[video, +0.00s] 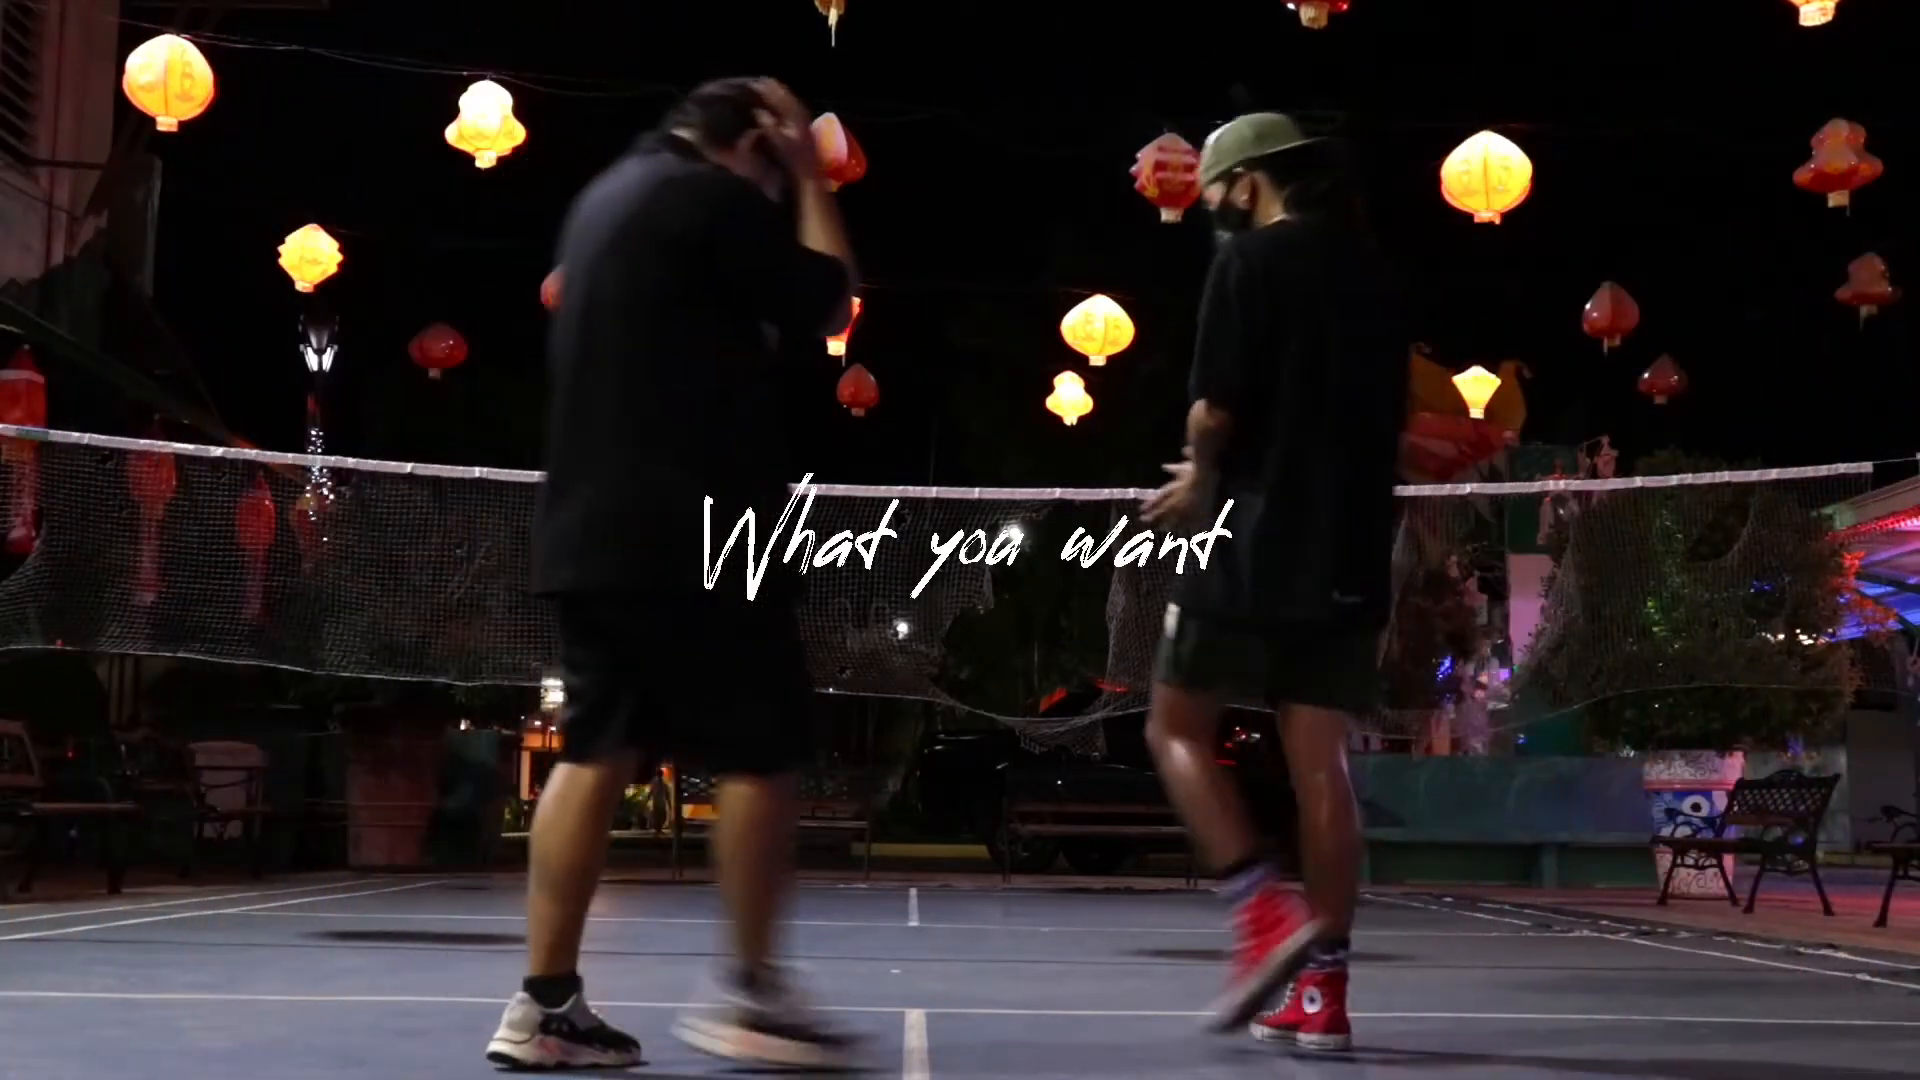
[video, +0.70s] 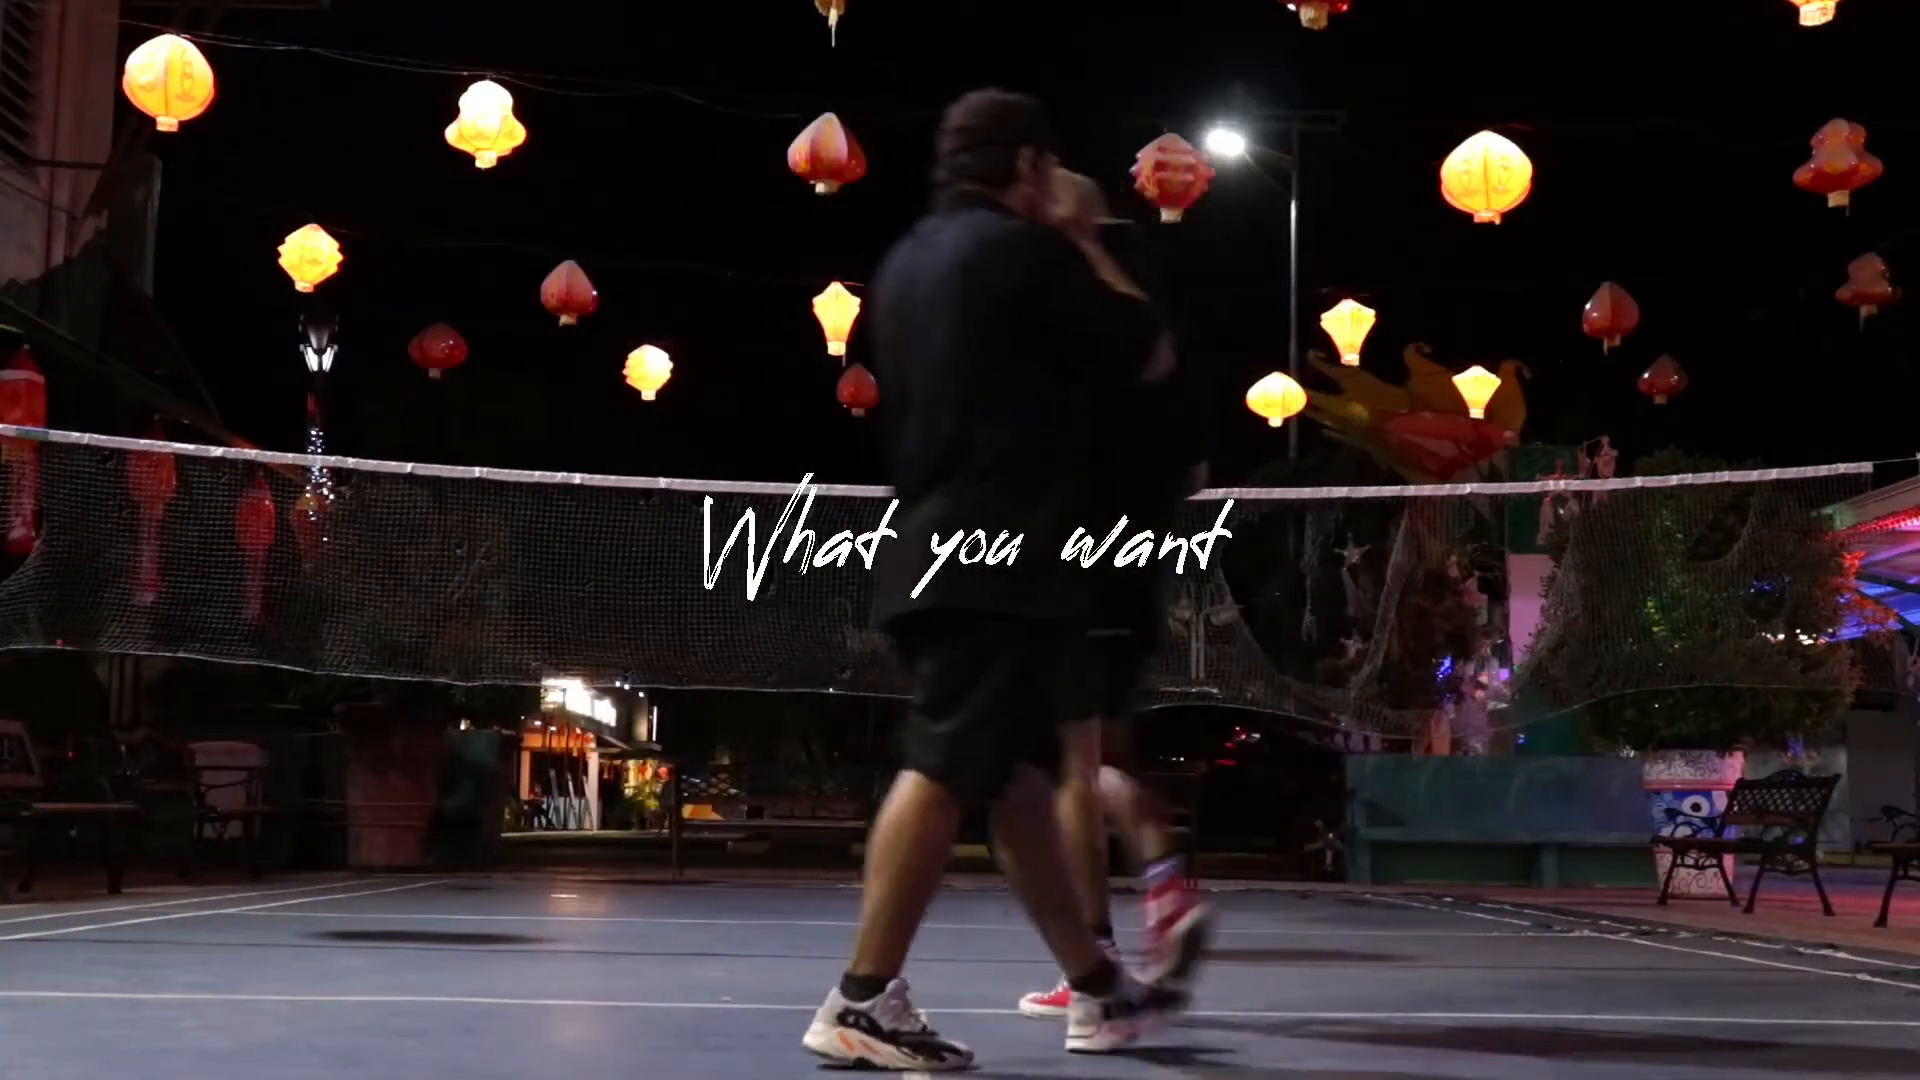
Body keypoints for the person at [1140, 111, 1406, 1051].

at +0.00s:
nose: (1221, 212)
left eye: (1222, 196)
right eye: (1219, 197)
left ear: (1253, 185)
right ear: (1308, 181)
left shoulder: (1247, 259)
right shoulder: (1370, 268)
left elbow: (1215, 410)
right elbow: (1367, 424)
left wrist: (1200, 475)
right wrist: (1206, 481)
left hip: (1254, 544)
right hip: (1348, 553)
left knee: (1177, 730)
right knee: (1322, 760)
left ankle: (1260, 902)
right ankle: (1321, 987)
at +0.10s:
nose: (1192, 225)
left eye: (1194, 209)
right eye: (1189, 211)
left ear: (1227, 197)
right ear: (1272, 195)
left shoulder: (1223, 275)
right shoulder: (1332, 281)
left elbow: (1187, 422)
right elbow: (1327, 423)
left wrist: (1177, 486)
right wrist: (1187, 475)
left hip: (1230, 551)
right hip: (1331, 551)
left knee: (1158, 735)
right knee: (1311, 758)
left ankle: (1168, 961)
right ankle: (1325, 987)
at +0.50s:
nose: (1062, 254)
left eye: (1068, 240)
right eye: (1063, 240)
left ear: (1101, 239)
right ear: (1144, 238)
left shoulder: (1098, 325)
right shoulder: (1207, 323)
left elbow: (1057, 449)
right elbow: (1227, 448)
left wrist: (1073, 512)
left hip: (1105, 570)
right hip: (1200, 566)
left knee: (1089, 766)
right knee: (1195, 762)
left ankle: (1095, 972)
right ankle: (1278, 907)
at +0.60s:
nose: (1048, 258)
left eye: (1053, 243)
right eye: (1050, 244)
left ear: (1080, 243)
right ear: (1133, 241)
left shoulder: (1077, 324)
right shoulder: (1186, 324)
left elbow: (1048, 452)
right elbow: (1203, 449)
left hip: (1077, 571)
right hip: (1166, 566)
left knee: (1079, 766)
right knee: (1160, 760)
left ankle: (1095, 965)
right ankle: (1239, 877)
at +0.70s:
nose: (1041, 220)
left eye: (1048, 205)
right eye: (1048, 205)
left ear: (1061, 220)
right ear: (1103, 223)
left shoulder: (1055, 290)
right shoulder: (1127, 295)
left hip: (1069, 538)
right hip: (1125, 537)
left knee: (1074, 750)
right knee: (1097, 742)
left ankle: (1084, 955)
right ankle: (1166, 885)